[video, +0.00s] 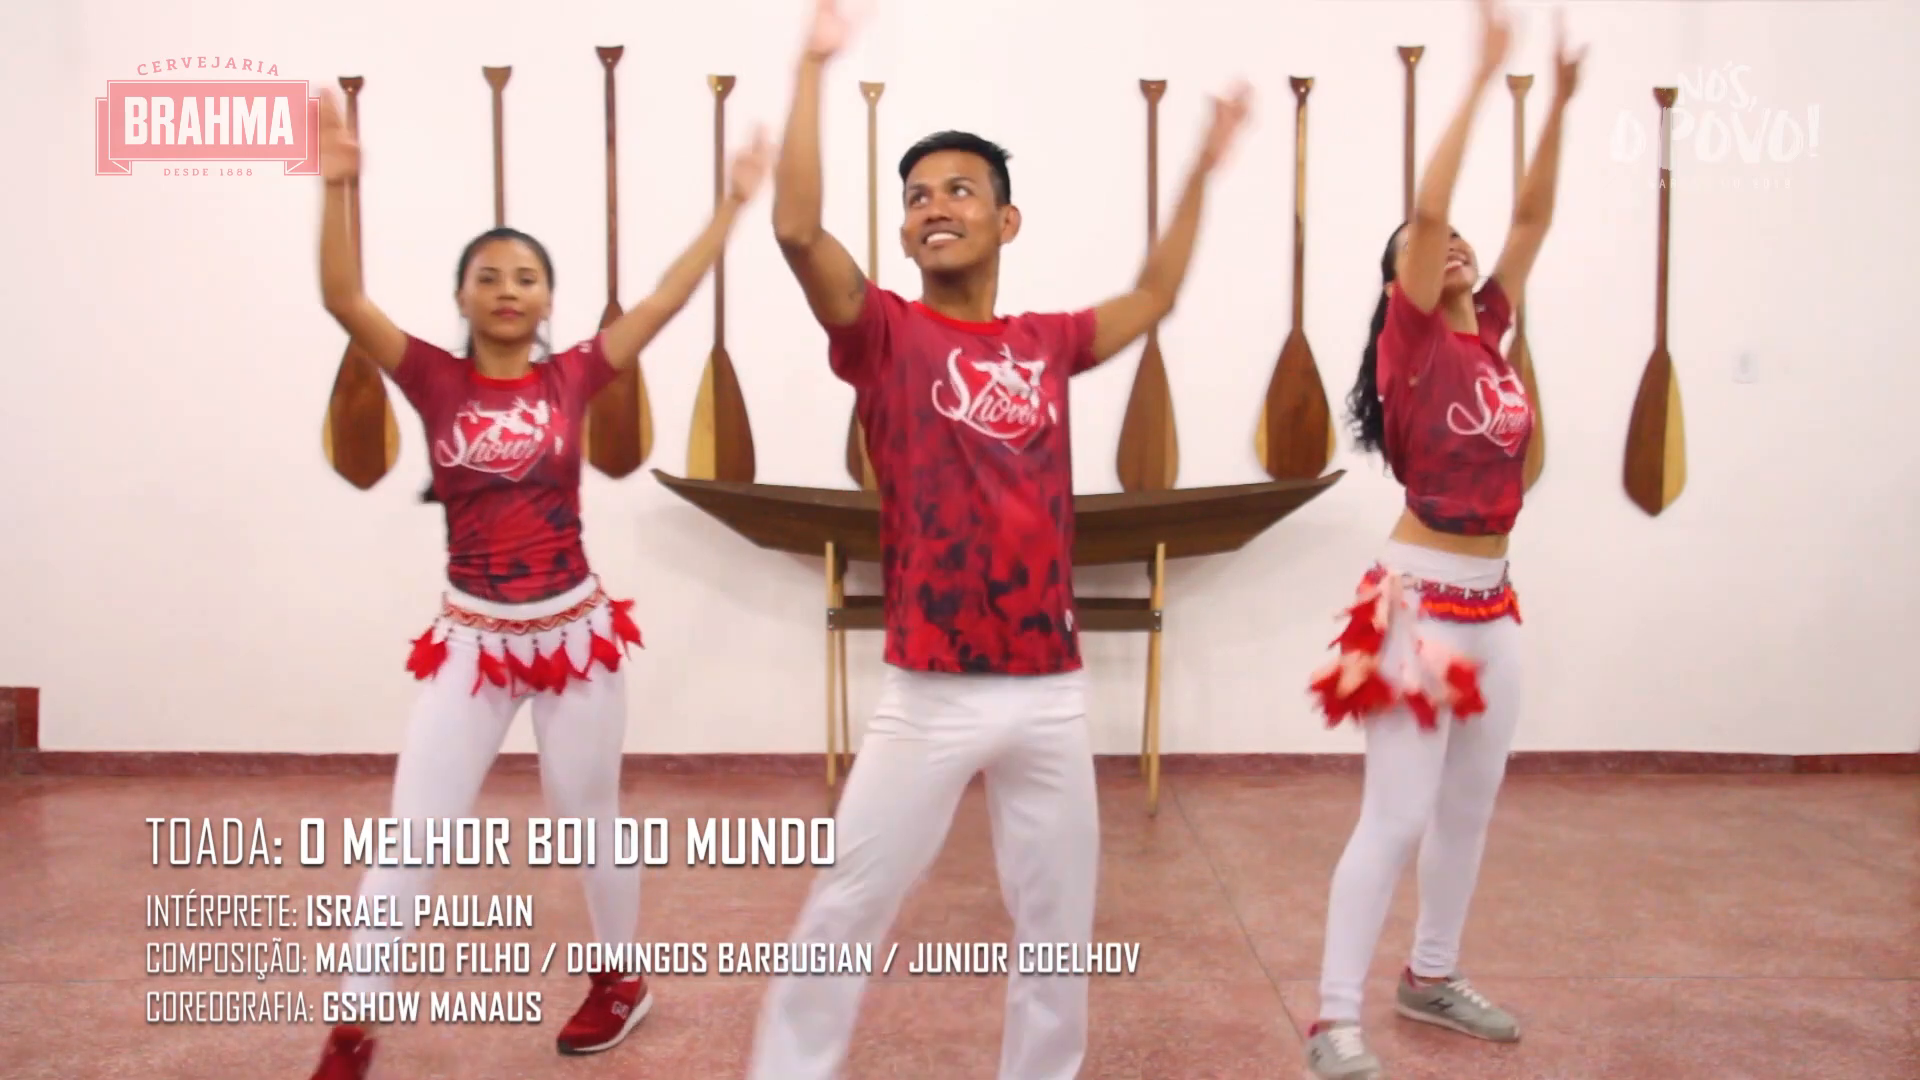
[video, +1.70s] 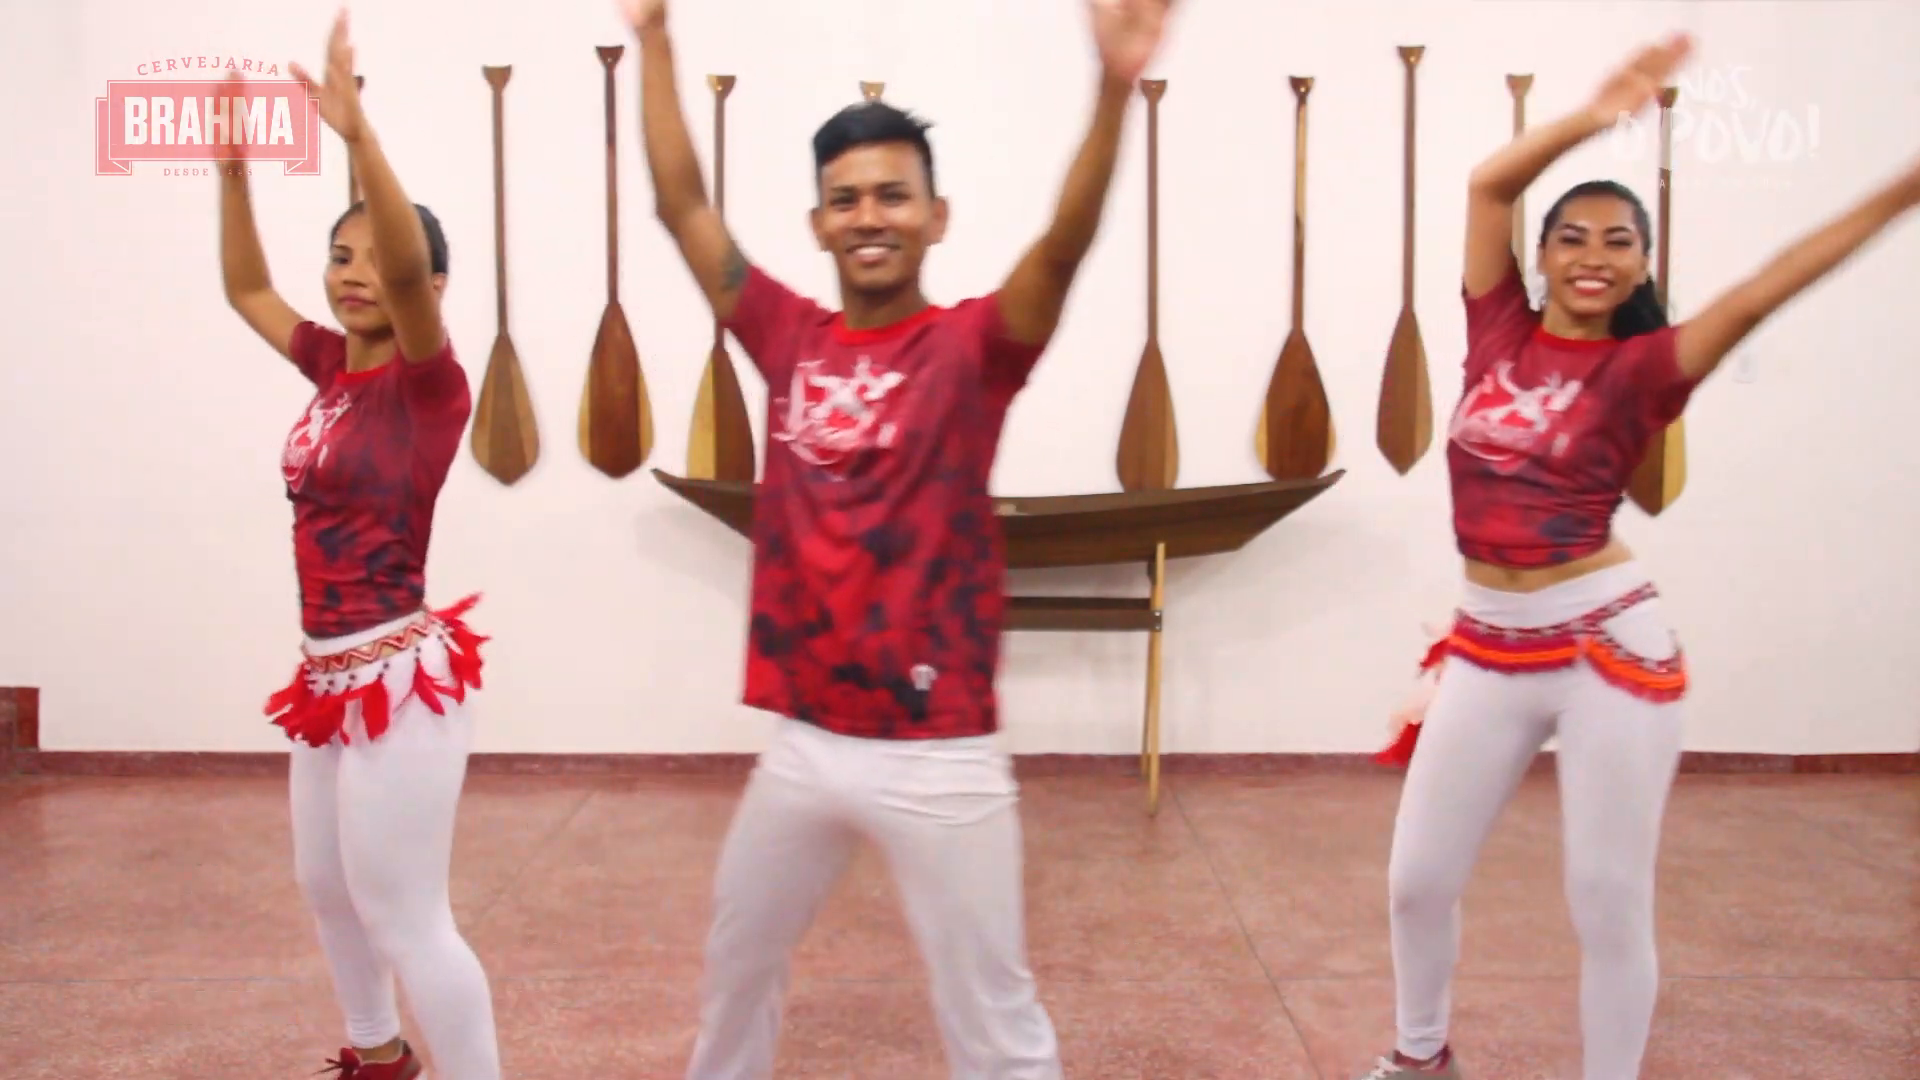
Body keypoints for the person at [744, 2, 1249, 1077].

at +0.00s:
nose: (937, 206)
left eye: (961, 189)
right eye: (920, 194)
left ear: (1009, 221)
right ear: (902, 228)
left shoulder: (1046, 343)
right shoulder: (883, 333)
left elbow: (1155, 293)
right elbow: (799, 231)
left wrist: (1205, 166)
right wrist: (813, 60)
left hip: (1046, 693)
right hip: (925, 694)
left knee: (1059, 948)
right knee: (841, 923)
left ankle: (1039, 1079)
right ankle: (783, 1076)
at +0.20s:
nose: (902, 217)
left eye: (925, 200)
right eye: (885, 205)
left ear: (972, 233)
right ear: (866, 238)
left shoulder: (1000, 341)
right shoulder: (849, 341)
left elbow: (1090, 252)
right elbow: (765, 235)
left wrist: (1094, 115)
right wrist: (690, 83)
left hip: (1007, 698)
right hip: (891, 704)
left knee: (1018, 942)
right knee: (807, 936)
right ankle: (716, 1079)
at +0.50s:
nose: (837, 244)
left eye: (862, 228)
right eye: (819, 223)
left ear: (894, 245)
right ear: (787, 231)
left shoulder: (913, 351)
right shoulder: (733, 335)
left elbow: (1024, 253)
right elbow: (619, 248)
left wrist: (992, 119)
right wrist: (511, 140)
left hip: (883, 710)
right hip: (750, 710)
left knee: (958, 949)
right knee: (715, 959)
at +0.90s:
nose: (774, 242)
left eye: (798, 222)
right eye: (754, 219)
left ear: (829, 237)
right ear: (717, 225)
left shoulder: (854, 352)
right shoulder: (664, 331)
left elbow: (953, 288)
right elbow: (508, 301)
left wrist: (867, 174)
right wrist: (356, 243)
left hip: (790, 716)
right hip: (670, 705)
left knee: (774, 966)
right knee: (684, 967)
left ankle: (775, 1078)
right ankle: (712, 1074)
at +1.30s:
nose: (763, 219)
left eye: (786, 200)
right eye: (741, 198)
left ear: (824, 224)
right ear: (708, 217)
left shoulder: (848, 340)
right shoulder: (664, 340)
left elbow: (906, 215)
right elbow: (521, 258)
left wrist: (819, 52)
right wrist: (409, 134)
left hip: (810, 725)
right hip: (687, 716)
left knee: (843, 954)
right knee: (684, 961)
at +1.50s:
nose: (802, 225)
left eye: (825, 208)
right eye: (778, 207)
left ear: (861, 236)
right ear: (745, 234)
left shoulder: (886, 356)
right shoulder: (713, 349)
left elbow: (955, 237)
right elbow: (599, 223)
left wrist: (957, 63)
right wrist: (540, 57)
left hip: (843, 751)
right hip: (714, 742)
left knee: (927, 1008)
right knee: (701, 997)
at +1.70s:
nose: (867, 217)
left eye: (892, 195)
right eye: (844, 199)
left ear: (937, 217)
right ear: (816, 222)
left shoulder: (975, 348)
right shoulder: (792, 342)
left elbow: (1063, 244)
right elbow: (684, 206)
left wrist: (1115, 91)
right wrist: (653, 38)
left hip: (942, 760)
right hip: (804, 748)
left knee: (994, 1026)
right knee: (734, 983)